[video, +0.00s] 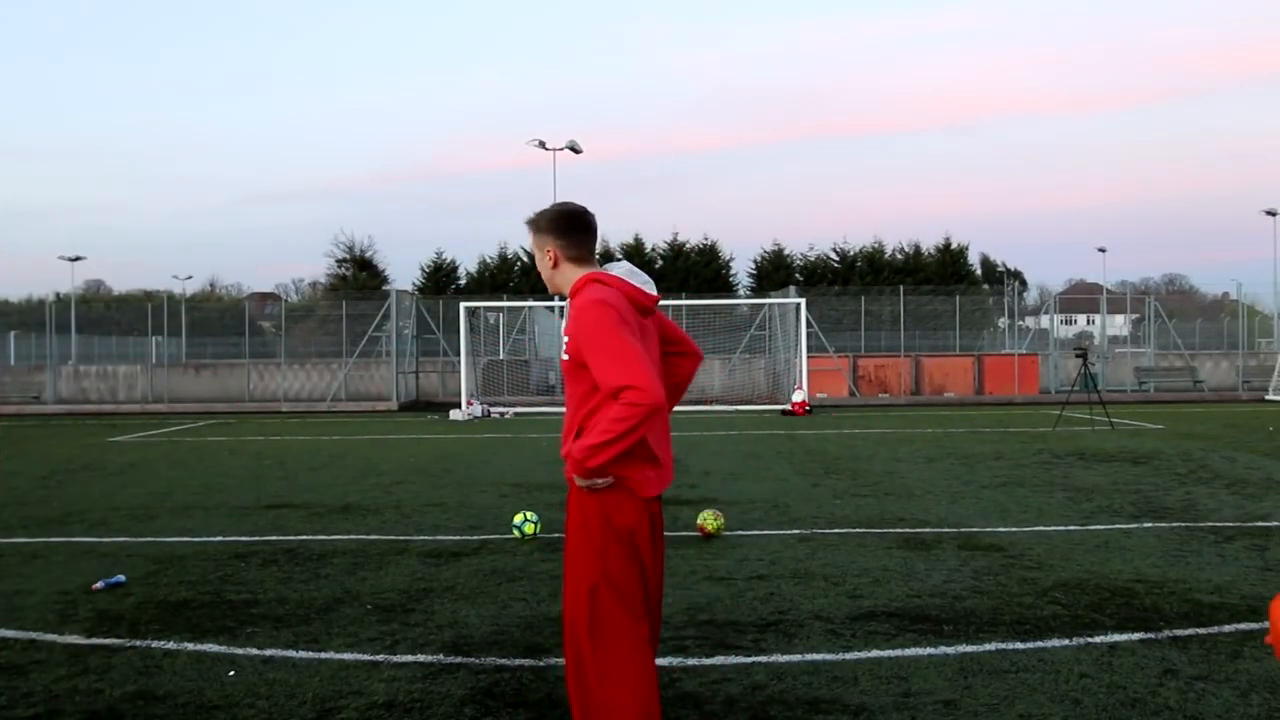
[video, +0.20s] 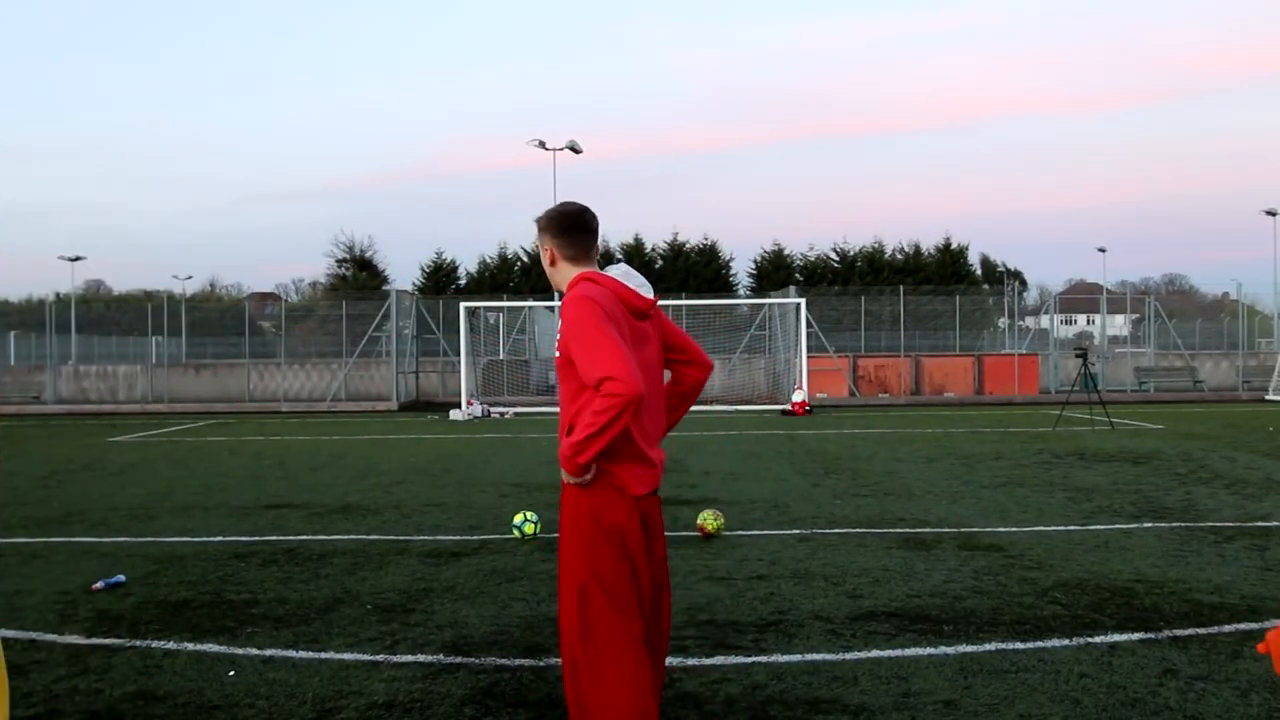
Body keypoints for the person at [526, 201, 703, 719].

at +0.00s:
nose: (536, 267)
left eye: (534, 257)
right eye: (533, 258)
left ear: (549, 256)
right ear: (590, 249)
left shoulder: (592, 305)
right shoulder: (624, 297)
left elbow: (640, 394)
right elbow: (684, 353)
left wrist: (586, 456)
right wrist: (645, 417)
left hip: (606, 501)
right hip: (632, 497)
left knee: (604, 641)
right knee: (624, 638)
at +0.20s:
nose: (540, 261)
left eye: (539, 253)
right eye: (539, 253)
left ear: (548, 254)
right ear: (596, 249)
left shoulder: (581, 302)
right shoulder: (631, 298)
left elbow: (621, 387)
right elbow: (693, 365)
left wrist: (574, 455)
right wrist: (648, 429)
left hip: (601, 494)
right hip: (640, 490)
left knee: (601, 632)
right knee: (638, 624)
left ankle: (612, 713)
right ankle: (638, 708)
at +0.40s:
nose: (547, 265)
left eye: (545, 256)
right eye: (545, 258)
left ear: (552, 255)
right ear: (602, 253)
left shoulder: (580, 297)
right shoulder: (635, 303)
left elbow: (613, 373)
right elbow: (689, 382)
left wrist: (553, 433)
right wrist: (635, 425)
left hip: (593, 493)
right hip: (636, 493)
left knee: (594, 634)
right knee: (639, 629)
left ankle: (602, 715)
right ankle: (639, 713)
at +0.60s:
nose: (551, 274)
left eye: (548, 264)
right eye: (550, 265)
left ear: (558, 262)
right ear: (599, 258)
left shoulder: (584, 306)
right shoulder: (630, 310)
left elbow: (605, 388)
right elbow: (667, 406)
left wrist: (560, 471)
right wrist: (638, 469)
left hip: (590, 498)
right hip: (632, 498)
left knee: (567, 632)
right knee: (626, 631)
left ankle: (582, 716)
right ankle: (623, 712)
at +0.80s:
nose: (531, 274)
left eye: (535, 261)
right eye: (530, 263)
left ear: (563, 259)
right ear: (574, 260)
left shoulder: (586, 307)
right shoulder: (618, 311)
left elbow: (628, 393)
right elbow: (671, 414)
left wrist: (588, 474)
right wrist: (642, 487)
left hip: (575, 502)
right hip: (622, 503)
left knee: (536, 634)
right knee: (618, 641)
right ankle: (619, 712)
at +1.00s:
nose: (515, 272)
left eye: (522, 259)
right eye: (513, 261)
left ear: (557, 258)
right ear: (563, 262)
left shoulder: (571, 307)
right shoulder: (595, 311)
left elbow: (617, 393)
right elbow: (651, 401)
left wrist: (570, 468)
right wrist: (634, 479)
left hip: (564, 507)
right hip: (608, 505)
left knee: (528, 648)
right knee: (610, 650)